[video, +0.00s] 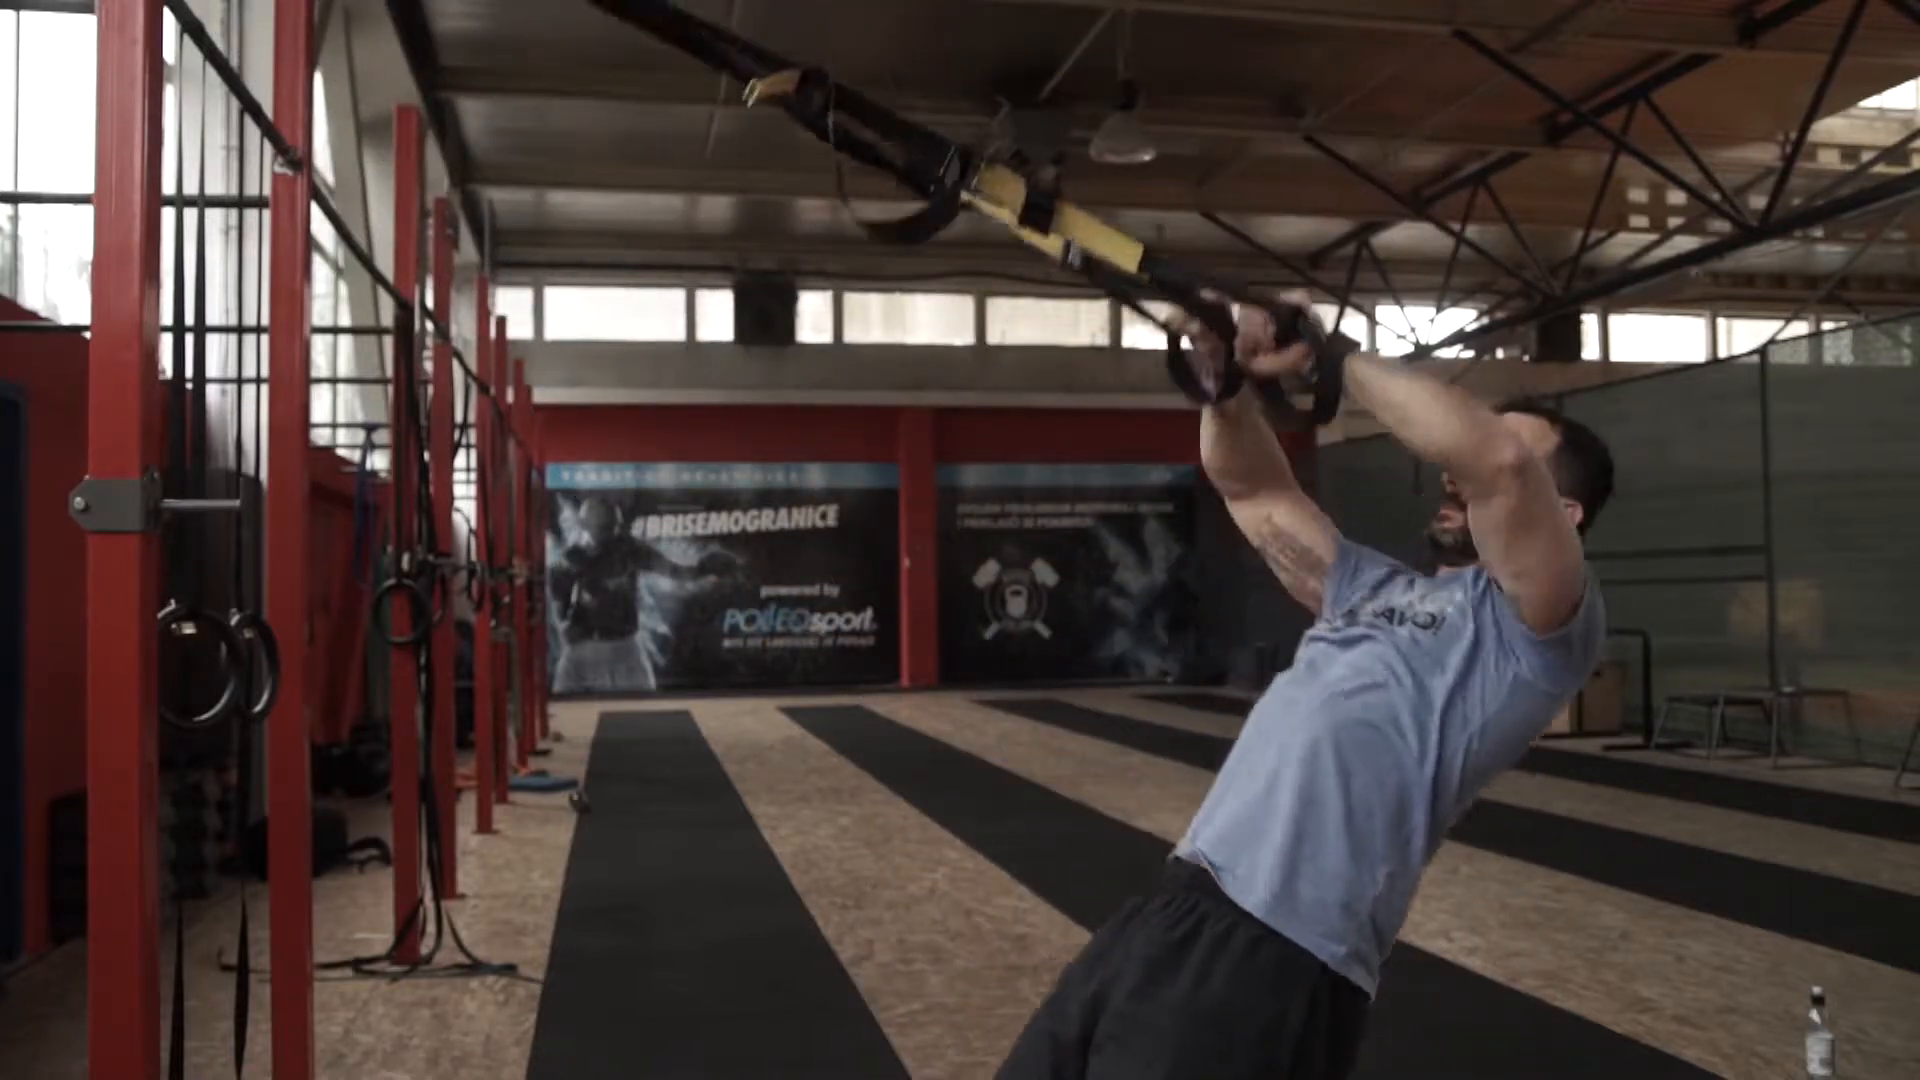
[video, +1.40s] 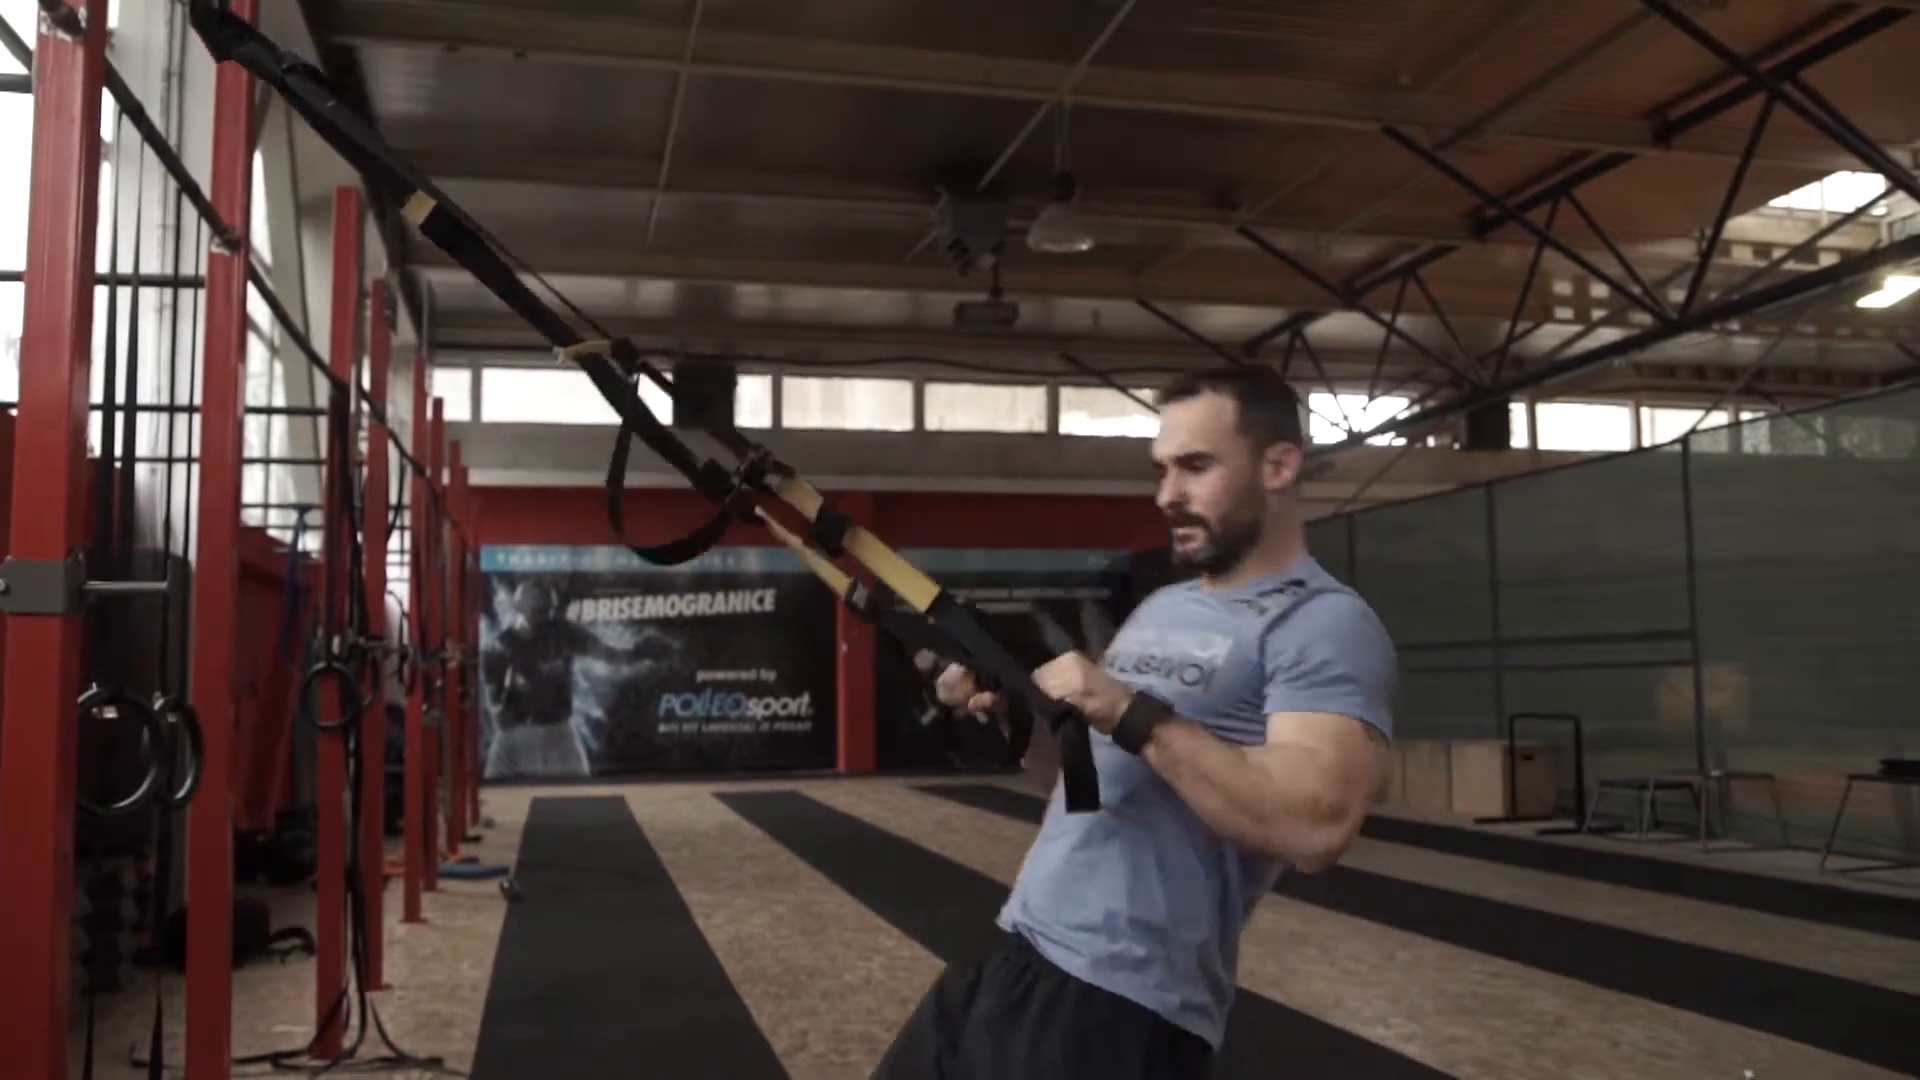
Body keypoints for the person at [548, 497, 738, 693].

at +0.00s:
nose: (601, 530)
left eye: (606, 523)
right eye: (595, 524)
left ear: (616, 521)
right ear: (584, 524)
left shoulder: (629, 549)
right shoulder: (573, 557)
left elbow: (672, 571)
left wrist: (701, 571)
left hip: (625, 647)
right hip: (581, 650)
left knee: (636, 715)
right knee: (572, 717)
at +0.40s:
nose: (583, 549)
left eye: (588, 542)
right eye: (577, 543)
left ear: (595, 540)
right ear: (563, 542)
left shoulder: (607, 566)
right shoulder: (549, 576)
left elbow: (651, 589)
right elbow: (539, 635)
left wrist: (680, 588)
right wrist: (551, 619)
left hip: (603, 669)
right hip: (558, 672)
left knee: (614, 740)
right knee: (549, 741)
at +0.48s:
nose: (580, 571)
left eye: (583, 564)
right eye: (573, 565)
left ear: (590, 561)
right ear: (558, 563)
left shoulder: (601, 586)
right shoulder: (541, 599)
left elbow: (645, 609)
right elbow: (534, 656)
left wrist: (675, 607)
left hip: (599, 689)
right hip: (553, 692)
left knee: (612, 759)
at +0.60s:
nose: (569, 598)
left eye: (573, 591)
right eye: (563, 592)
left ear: (580, 588)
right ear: (547, 590)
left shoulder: (590, 614)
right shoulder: (529, 627)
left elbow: (634, 636)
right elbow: (525, 690)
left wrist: (664, 636)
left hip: (588, 717)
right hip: (542, 721)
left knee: (600, 788)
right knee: (534, 790)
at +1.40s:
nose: (541, 615)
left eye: (545, 608)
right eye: (534, 609)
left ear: (552, 606)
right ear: (519, 607)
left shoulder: (564, 632)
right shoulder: (502, 646)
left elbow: (608, 656)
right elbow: (495, 705)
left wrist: (637, 654)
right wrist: (509, 686)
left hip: (560, 736)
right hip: (513, 740)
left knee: (572, 808)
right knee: (505, 811)